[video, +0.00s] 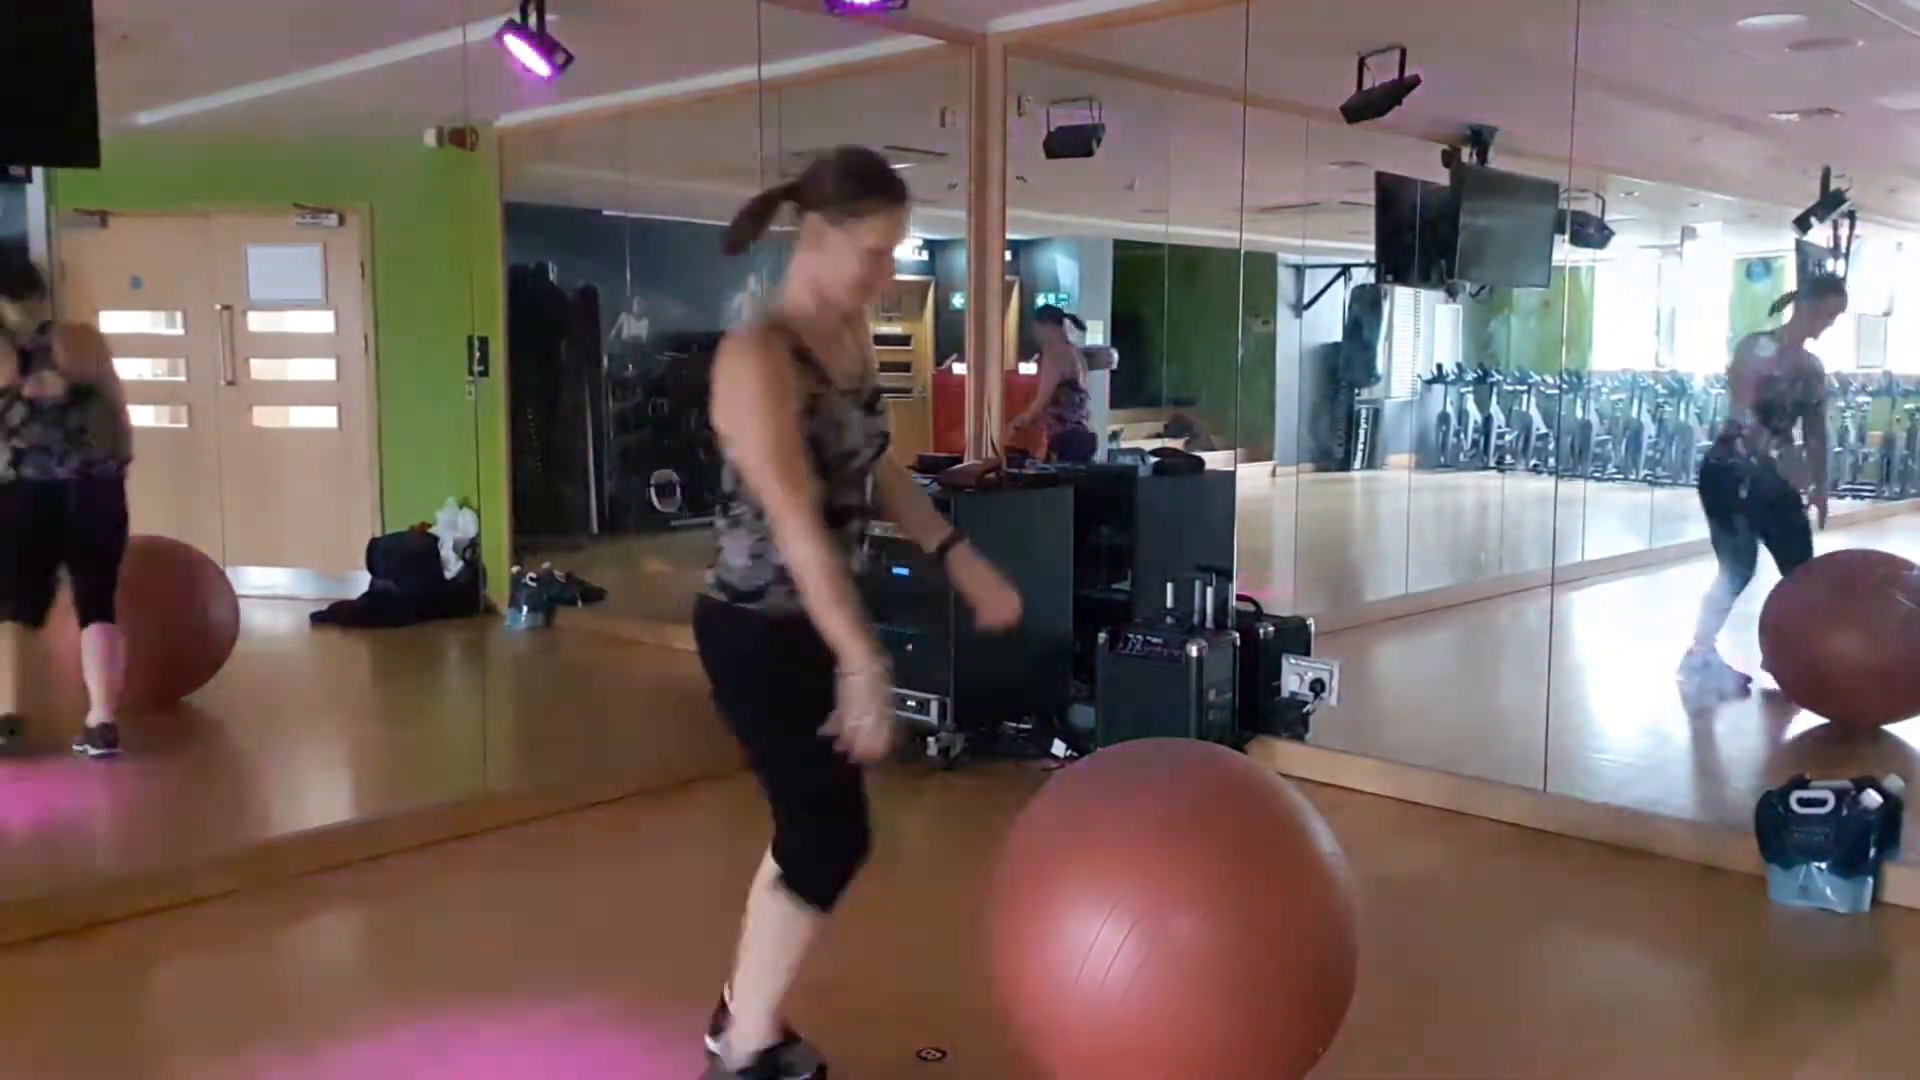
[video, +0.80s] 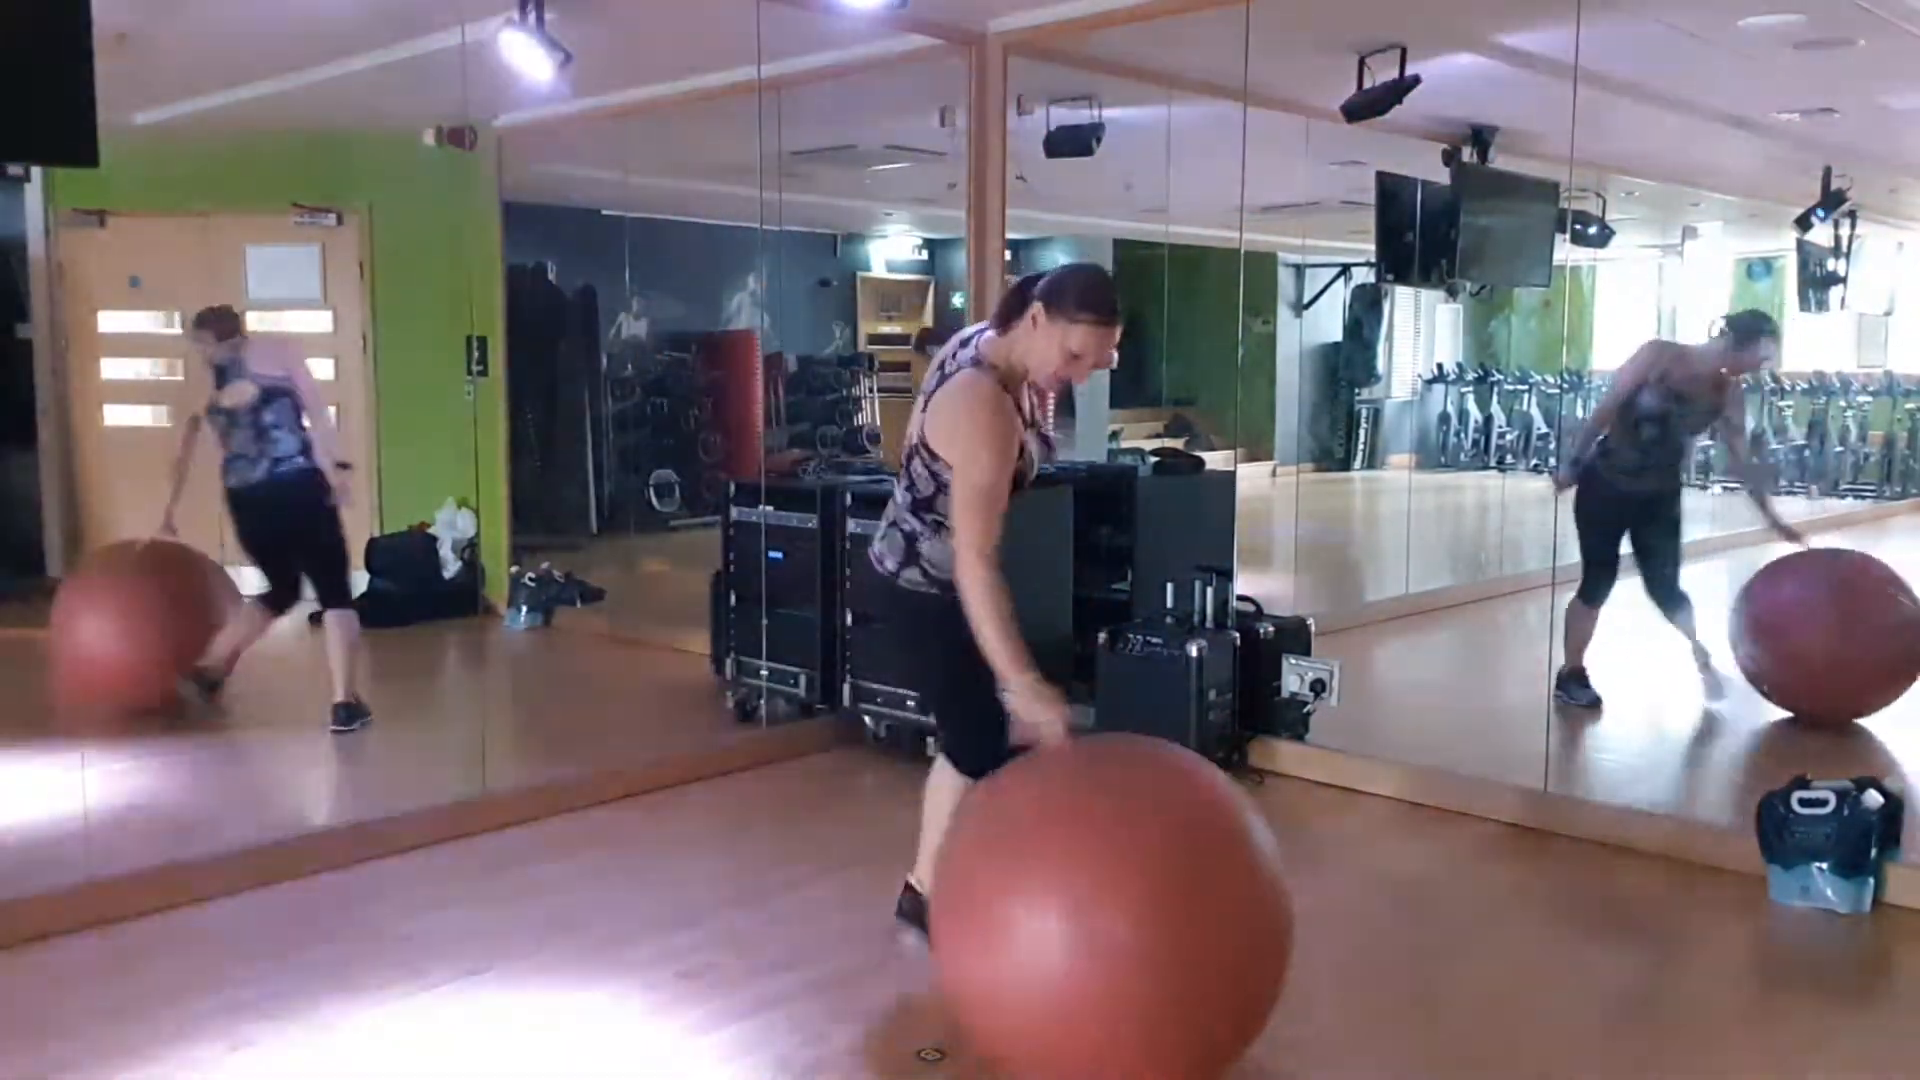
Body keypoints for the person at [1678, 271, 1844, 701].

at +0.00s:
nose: (1829, 324)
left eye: (1834, 317)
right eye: (1827, 314)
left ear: (1827, 316)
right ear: (1804, 304)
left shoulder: (1812, 370)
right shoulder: (1755, 348)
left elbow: (1816, 433)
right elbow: (1742, 417)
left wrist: (1819, 488)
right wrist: (1782, 461)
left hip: (1774, 474)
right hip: (1729, 470)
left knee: (1801, 570)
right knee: (1737, 567)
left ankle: (1797, 661)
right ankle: (1699, 655)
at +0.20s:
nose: (1812, 322)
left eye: (1819, 316)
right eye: (1809, 311)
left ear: (1821, 318)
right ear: (1788, 303)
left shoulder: (1809, 370)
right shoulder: (1731, 343)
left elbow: (1815, 435)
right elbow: (1706, 402)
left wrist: (1821, 490)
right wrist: (1741, 449)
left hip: (1767, 473)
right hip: (1714, 466)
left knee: (1762, 575)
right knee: (1720, 565)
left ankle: (1761, 658)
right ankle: (1702, 654)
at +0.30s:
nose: (1813, 335)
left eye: (1820, 328)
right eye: (1809, 324)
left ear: (1820, 329)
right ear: (1785, 314)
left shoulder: (1804, 378)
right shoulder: (1725, 346)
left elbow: (1818, 441)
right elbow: (1690, 405)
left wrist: (1831, 497)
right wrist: (1685, 466)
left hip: (1755, 472)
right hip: (1703, 466)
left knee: (1749, 576)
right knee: (1710, 569)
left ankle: (1747, 668)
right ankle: (1703, 644)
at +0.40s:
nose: (1809, 348)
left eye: (1814, 342)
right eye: (1808, 338)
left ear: (1807, 337)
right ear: (1787, 324)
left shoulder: (1794, 387)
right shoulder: (1717, 351)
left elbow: (1814, 448)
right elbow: (1675, 405)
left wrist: (1836, 507)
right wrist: (1667, 445)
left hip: (1740, 473)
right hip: (1687, 467)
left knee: (1741, 579)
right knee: (1690, 571)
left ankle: (1746, 668)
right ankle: (1683, 639)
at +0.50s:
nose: (1800, 356)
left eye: (1807, 349)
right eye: (1801, 345)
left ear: (1796, 344)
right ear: (1778, 333)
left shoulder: (1786, 391)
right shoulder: (1705, 353)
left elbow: (1811, 456)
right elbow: (1660, 401)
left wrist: (1837, 516)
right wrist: (1629, 451)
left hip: (1725, 478)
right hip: (1671, 470)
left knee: (1732, 579)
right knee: (1666, 566)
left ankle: (1744, 671)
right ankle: (1634, 646)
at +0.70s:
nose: (1774, 365)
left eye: (1780, 357)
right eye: (1774, 353)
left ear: (1771, 351)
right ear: (1751, 338)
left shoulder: (1753, 395)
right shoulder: (1676, 350)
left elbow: (1776, 460)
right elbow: (1632, 399)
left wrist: (1811, 517)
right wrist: (1600, 439)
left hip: (1680, 480)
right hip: (1626, 470)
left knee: (1697, 582)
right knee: (1610, 572)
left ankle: (1734, 667)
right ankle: (1576, 670)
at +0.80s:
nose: (1760, 368)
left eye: (1765, 361)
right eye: (1761, 357)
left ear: (1742, 349)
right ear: (1738, 343)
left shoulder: (1729, 393)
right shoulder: (1659, 356)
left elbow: (1742, 461)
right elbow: (1607, 408)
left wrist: (1776, 522)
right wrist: (1572, 464)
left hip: (1659, 491)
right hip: (1606, 483)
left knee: (1664, 589)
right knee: (1597, 581)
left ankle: (1699, 652)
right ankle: (1571, 673)